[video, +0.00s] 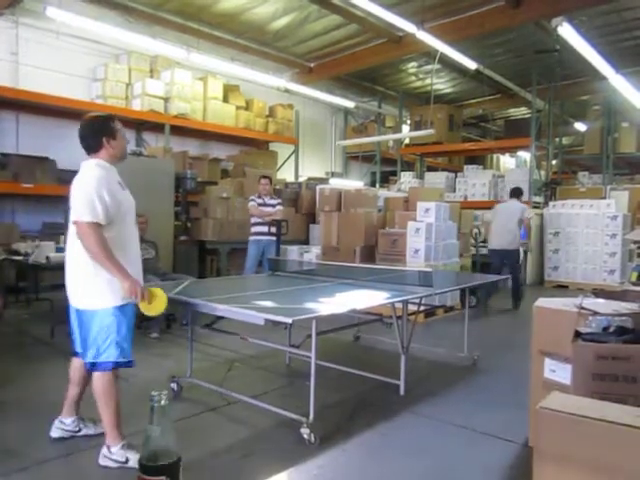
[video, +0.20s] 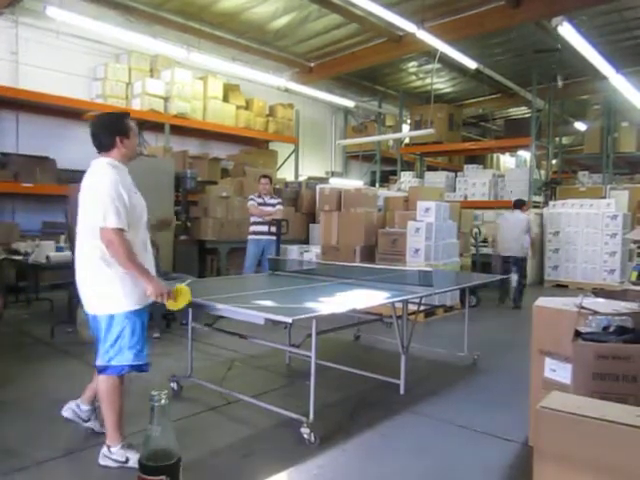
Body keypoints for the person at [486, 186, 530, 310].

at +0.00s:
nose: (521, 199)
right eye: (521, 197)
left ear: (509, 195)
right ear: (521, 197)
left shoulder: (498, 206)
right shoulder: (523, 207)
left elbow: (488, 222)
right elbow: (527, 223)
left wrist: (487, 237)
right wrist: (528, 240)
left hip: (495, 245)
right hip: (512, 246)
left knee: (494, 275)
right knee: (515, 275)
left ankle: (485, 298)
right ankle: (516, 302)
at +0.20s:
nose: (526, 209)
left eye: (526, 207)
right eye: (526, 207)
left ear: (513, 207)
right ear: (523, 208)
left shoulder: (503, 217)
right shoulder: (525, 219)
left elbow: (497, 233)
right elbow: (530, 235)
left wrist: (497, 246)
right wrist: (533, 250)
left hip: (504, 251)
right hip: (519, 252)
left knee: (504, 275)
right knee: (521, 278)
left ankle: (502, 297)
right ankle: (517, 301)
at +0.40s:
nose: (529, 225)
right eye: (529, 224)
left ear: (519, 222)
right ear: (528, 224)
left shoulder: (510, 229)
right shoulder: (529, 232)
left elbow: (499, 238)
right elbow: (536, 247)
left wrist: (500, 251)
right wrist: (539, 258)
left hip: (507, 256)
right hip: (522, 257)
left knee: (509, 275)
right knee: (526, 274)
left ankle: (510, 294)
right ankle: (523, 294)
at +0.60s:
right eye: (534, 232)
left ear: (525, 229)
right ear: (534, 232)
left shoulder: (515, 234)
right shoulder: (535, 239)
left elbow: (506, 242)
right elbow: (539, 253)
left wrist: (503, 251)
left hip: (512, 258)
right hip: (527, 259)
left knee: (511, 276)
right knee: (527, 278)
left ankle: (511, 294)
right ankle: (527, 295)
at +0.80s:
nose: (544, 224)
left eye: (544, 222)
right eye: (544, 222)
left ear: (534, 218)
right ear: (542, 220)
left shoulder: (521, 223)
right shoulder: (541, 228)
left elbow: (509, 236)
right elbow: (542, 246)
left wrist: (504, 248)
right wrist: (544, 262)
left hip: (515, 249)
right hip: (529, 251)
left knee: (521, 265)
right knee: (534, 268)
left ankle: (516, 287)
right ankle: (529, 291)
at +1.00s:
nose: (548, 216)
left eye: (548, 214)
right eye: (548, 215)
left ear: (538, 211)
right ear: (547, 214)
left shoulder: (527, 218)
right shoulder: (544, 224)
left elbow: (517, 228)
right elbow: (546, 242)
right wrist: (549, 257)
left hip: (515, 247)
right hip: (528, 250)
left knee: (529, 267)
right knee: (537, 268)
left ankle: (525, 287)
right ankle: (530, 288)